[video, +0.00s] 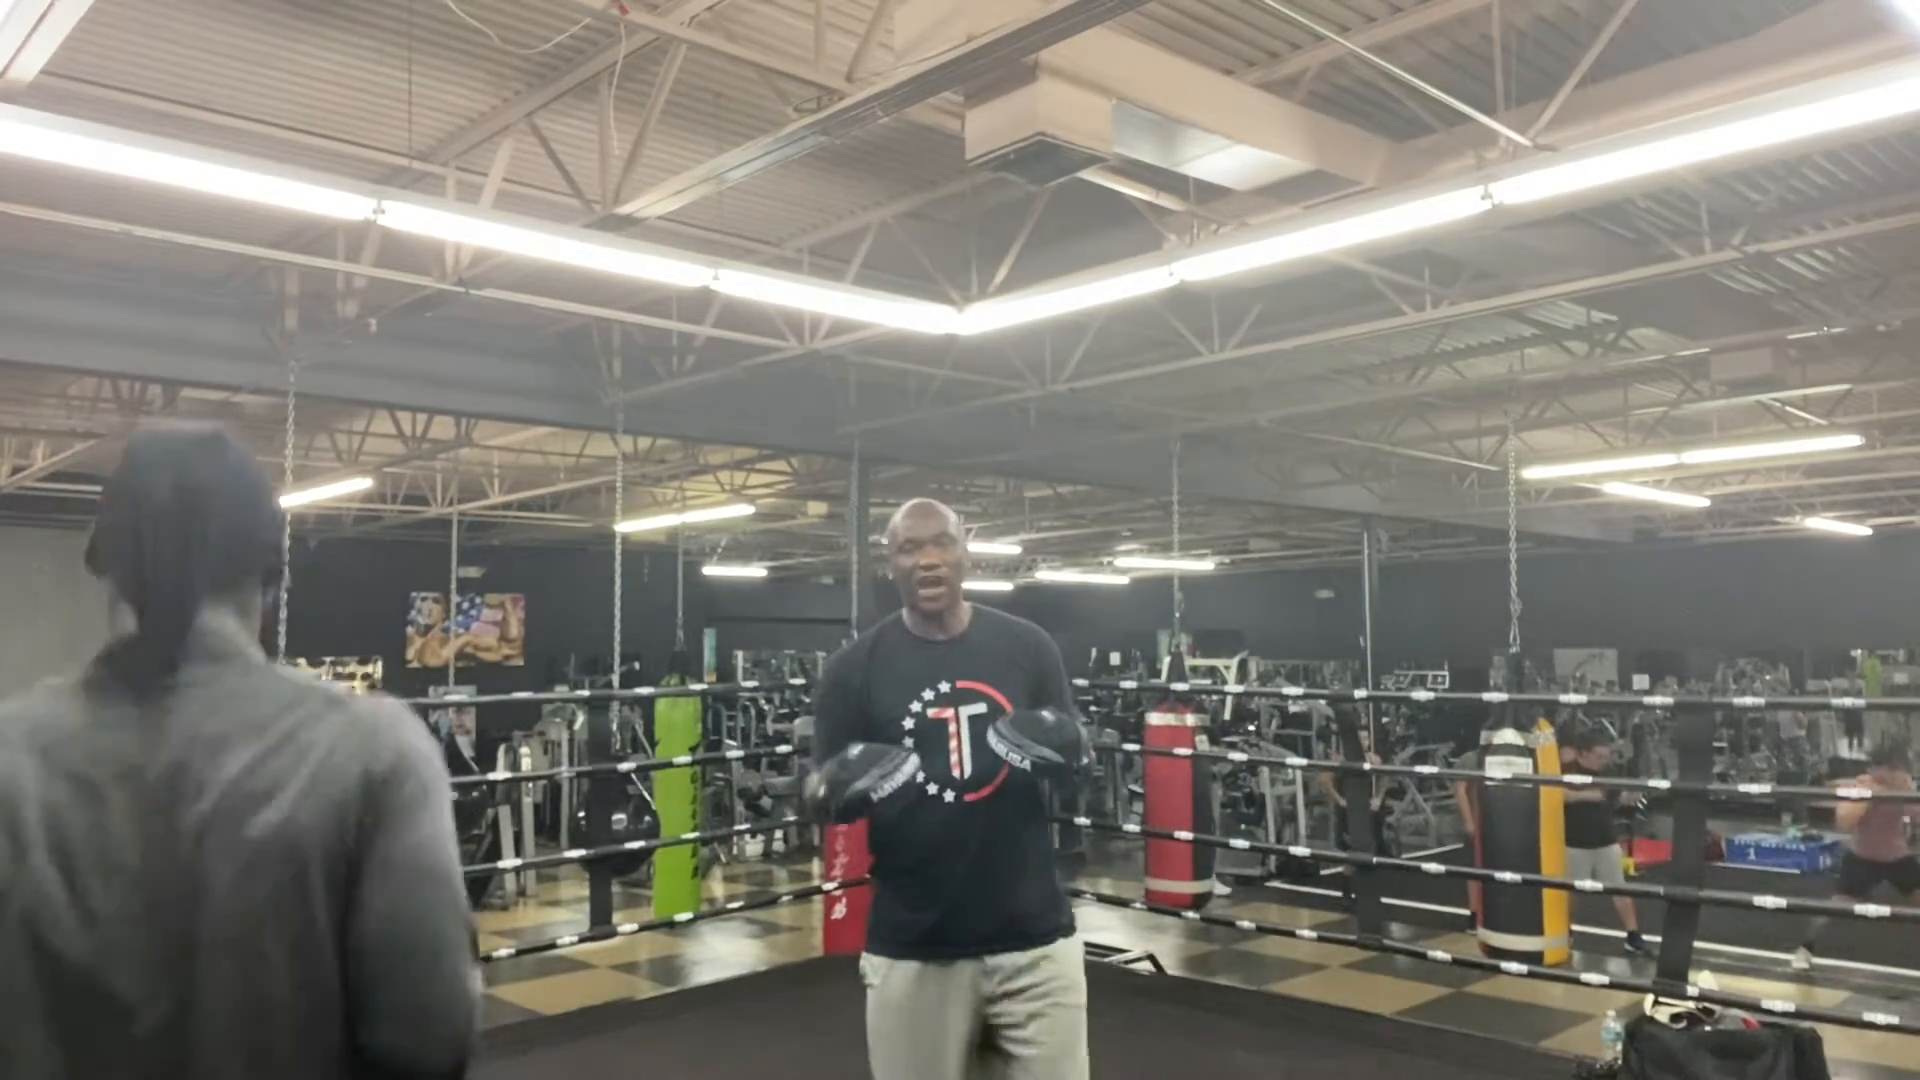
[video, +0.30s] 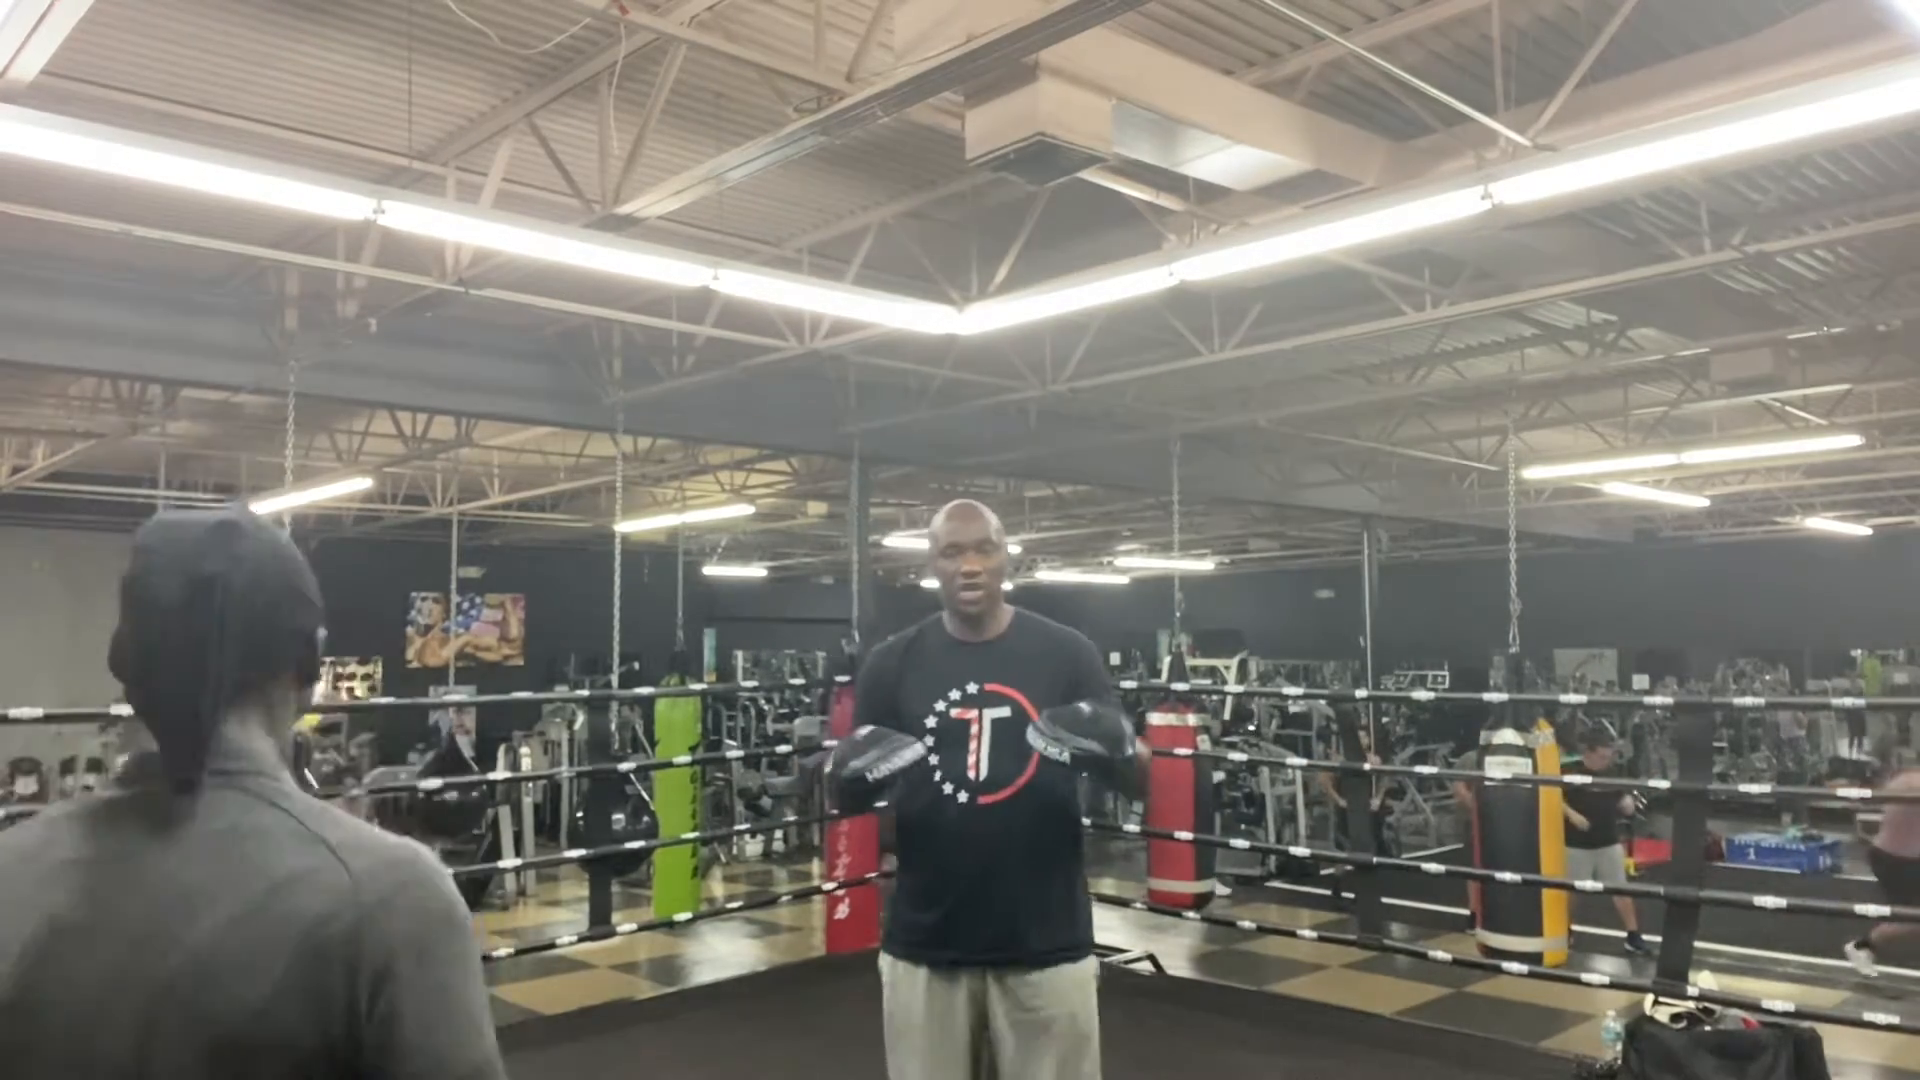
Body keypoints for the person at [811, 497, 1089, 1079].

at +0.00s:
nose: (928, 559)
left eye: (942, 543)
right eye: (911, 547)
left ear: (965, 554)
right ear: (890, 564)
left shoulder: (1031, 648)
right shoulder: (852, 669)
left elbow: (1074, 793)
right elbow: (820, 794)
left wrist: (1068, 755)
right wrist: (835, 789)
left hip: (1034, 942)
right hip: (913, 950)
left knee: (1058, 1072)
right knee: (914, 1073)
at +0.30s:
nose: (970, 565)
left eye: (983, 549)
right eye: (953, 552)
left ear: (1007, 558)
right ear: (932, 565)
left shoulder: (1069, 656)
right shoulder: (891, 665)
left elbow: (1139, 782)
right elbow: (849, 794)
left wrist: (1117, 750)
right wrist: (849, 780)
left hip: (1046, 944)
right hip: (926, 945)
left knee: (1056, 1073)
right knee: (925, 1073)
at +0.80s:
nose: (1075, 566)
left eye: (1094, 551)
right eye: (1062, 551)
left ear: (1126, 560)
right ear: (1048, 561)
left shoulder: (1162, 664)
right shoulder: (1012, 634)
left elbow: (1150, 807)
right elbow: (965, 767)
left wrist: (1068, 757)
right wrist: (994, 732)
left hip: (1106, 957)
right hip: (997, 940)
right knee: (972, 1072)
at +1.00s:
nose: (1085, 568)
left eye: (1102, 552)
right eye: (1070, 553)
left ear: (1132, 560)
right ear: (1054, 564)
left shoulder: (1176, 671)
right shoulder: (1027, 642)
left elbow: (1205, 809)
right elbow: (996, 746)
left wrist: (1105, 788)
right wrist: (982, 777)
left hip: (1115, 967)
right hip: (1011, 946)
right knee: (987, 1072)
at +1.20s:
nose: (1080, 567)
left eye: (1097, 551)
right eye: (1065, 553)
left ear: (1127, 562)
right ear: (1049, 565)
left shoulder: (1178, 671)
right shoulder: (1027, 649)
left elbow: (1224, 798)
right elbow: (1010, 762)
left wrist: (1123, 795)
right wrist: (980, 777)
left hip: (1115, 961)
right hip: (1009, 943)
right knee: (983, 1070)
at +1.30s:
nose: (1076, 566)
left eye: (1093, 552)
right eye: (1063, 552)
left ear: (1122, 562)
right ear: (1047, 564)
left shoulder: (1169, 666)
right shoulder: (1022, 649)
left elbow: (1216, 798)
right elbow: (998, 755)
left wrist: (1121, 787)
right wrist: (974, 774)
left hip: (1112, 956)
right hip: (1013, 940)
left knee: (1104, 1071)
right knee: (1007, 1072)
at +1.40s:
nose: (1070, 565)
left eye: (1088, 551)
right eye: (1057, 551)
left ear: (1115, 564)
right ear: (1042, 563)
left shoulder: (1158, 661)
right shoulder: (1012, 648)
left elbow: (1199, 793)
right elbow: (978, 752)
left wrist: (1114, 775)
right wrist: (968, 772)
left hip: (1109, 948)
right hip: (1015, 934)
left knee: (1108, 1072)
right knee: (1027, 1073)